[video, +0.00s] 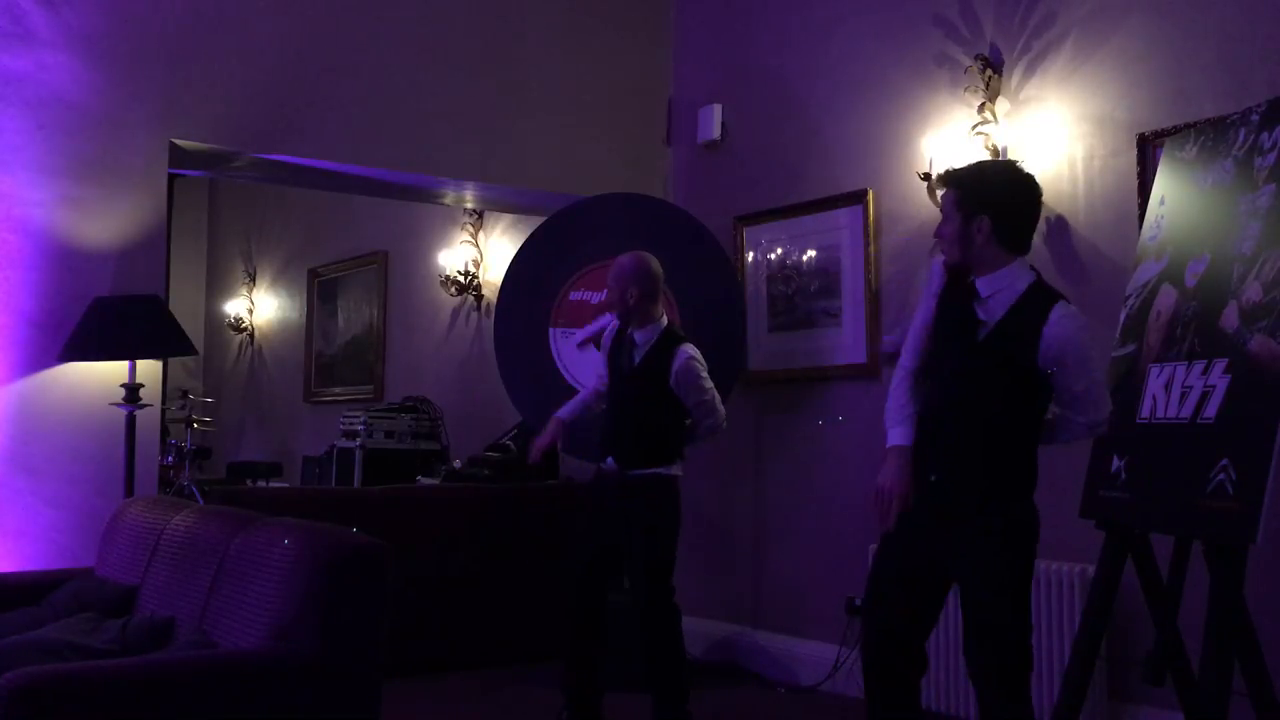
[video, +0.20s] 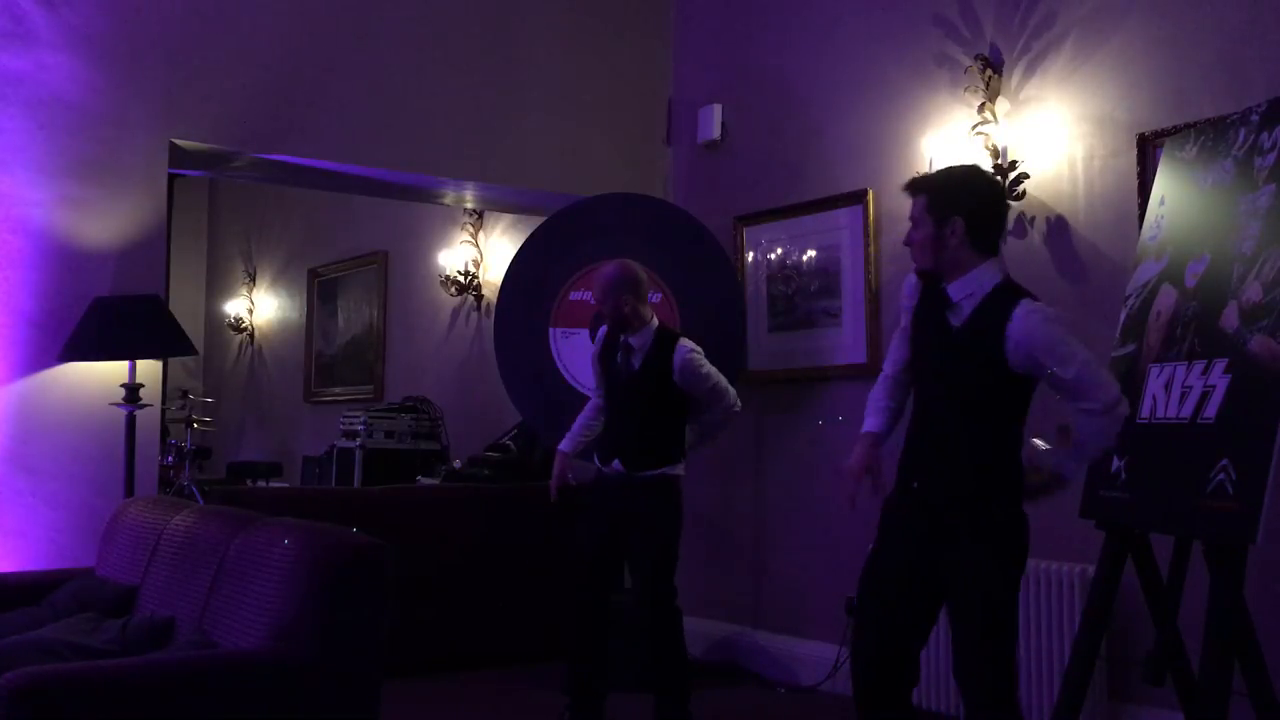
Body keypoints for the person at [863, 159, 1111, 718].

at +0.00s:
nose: (936, 232)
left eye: (946, 218)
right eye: (939, 218)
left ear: (982, 228)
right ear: (979, 229)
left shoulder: (1055, 320)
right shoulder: (945, 293)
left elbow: (1089, 415)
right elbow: (906, 372)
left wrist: (1020, 433)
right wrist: (897, 450)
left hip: (999, 513)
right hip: (927, 502)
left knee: (998, 671)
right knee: (885, 652)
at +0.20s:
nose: (907, 236)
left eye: (918, 223)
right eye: (911, 223)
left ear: (955, 233)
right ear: (950, 233)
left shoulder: (1022, 318)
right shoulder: (922, 295)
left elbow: (1106, 404)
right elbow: (896, 373)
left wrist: (1055, 469)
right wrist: (870, 438)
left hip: (986, 517)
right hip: (915, 509)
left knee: (985, 682)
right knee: (876, 659)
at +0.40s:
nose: (873, 250)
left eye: (882, 235)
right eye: (874, 236)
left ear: (922, 238)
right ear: (920, 240)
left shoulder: (954, 321)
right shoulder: (916, 311)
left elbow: (1037, 416)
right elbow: (898, 395)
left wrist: (1062, 528)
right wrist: (849, 450)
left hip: (951, 532)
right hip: (915, 522)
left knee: (915, 684)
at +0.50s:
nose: (864, 262)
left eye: (873, 247)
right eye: (865, 249)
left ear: (912, 249)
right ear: (908, 252)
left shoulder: (929, 332)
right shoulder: (923, 321)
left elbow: (977, 439)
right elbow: (905, 424)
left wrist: (988, 546)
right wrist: (848, 471)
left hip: (928, 549)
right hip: (926, 541)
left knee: (882, 691)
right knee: (889, 689)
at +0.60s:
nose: (862, 269)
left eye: (871, 254)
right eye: (864, 256)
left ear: (910, 254)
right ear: (915, 257)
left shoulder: (915, 337)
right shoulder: (950, 322)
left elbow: (920, 455)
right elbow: (916, 442)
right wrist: (858, 490)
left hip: (928, 535)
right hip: (955, 526)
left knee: (871, 685)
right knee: (893, 685)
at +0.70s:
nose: (870, 267)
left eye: (878, 252)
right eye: (870, 254)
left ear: (915, 253)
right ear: (921, 256)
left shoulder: (920, 334)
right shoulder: (959, 324)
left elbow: (877, 445)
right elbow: (928, 444)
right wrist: (865, 504)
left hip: (923, 535)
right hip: (951, 530)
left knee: (872, 682)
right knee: (893, 683)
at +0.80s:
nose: (879, 259)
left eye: (887, 244)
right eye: (880, 246)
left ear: (922, 243)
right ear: (925, 247)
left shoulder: (931, 323)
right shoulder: (960, 316)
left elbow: (857, 420)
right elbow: (931, 433)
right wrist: (855, 459)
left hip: (926, 532)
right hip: (946, 527)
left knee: (874, 682)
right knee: (894, 681)